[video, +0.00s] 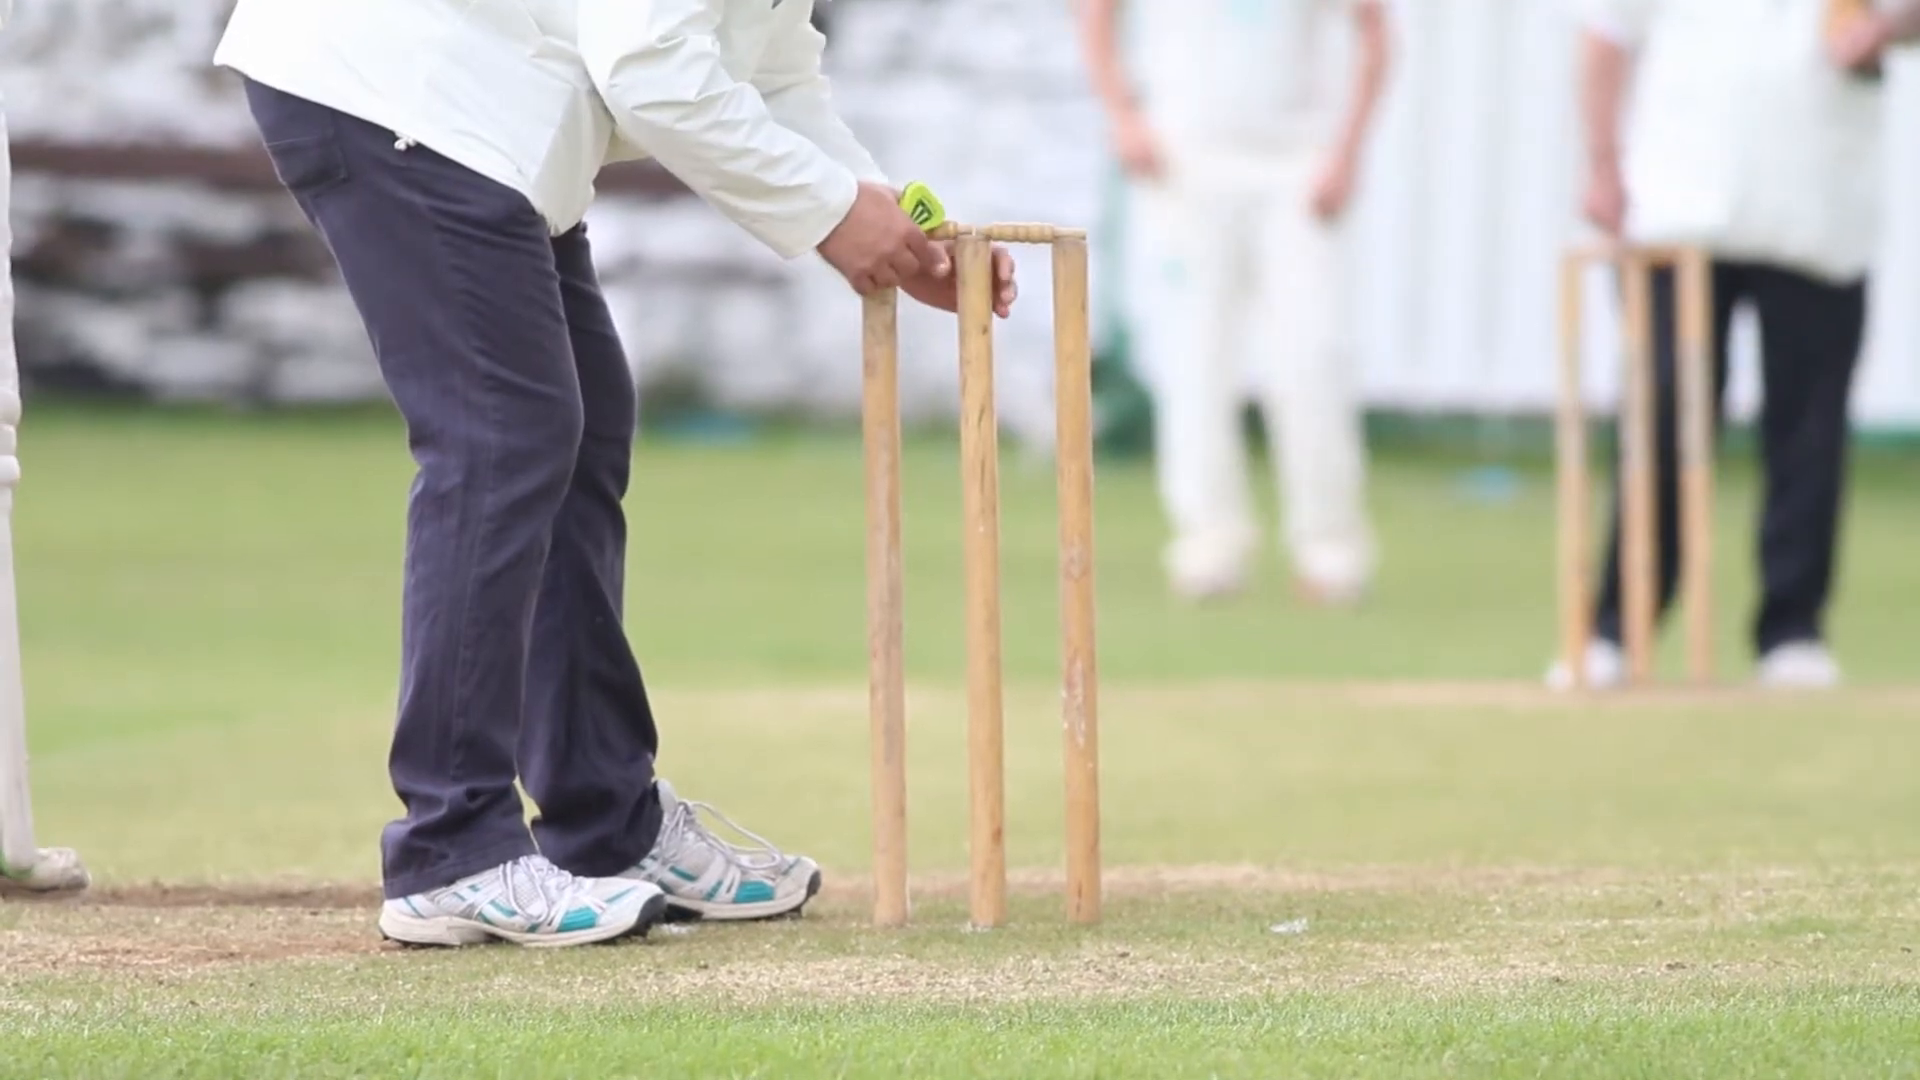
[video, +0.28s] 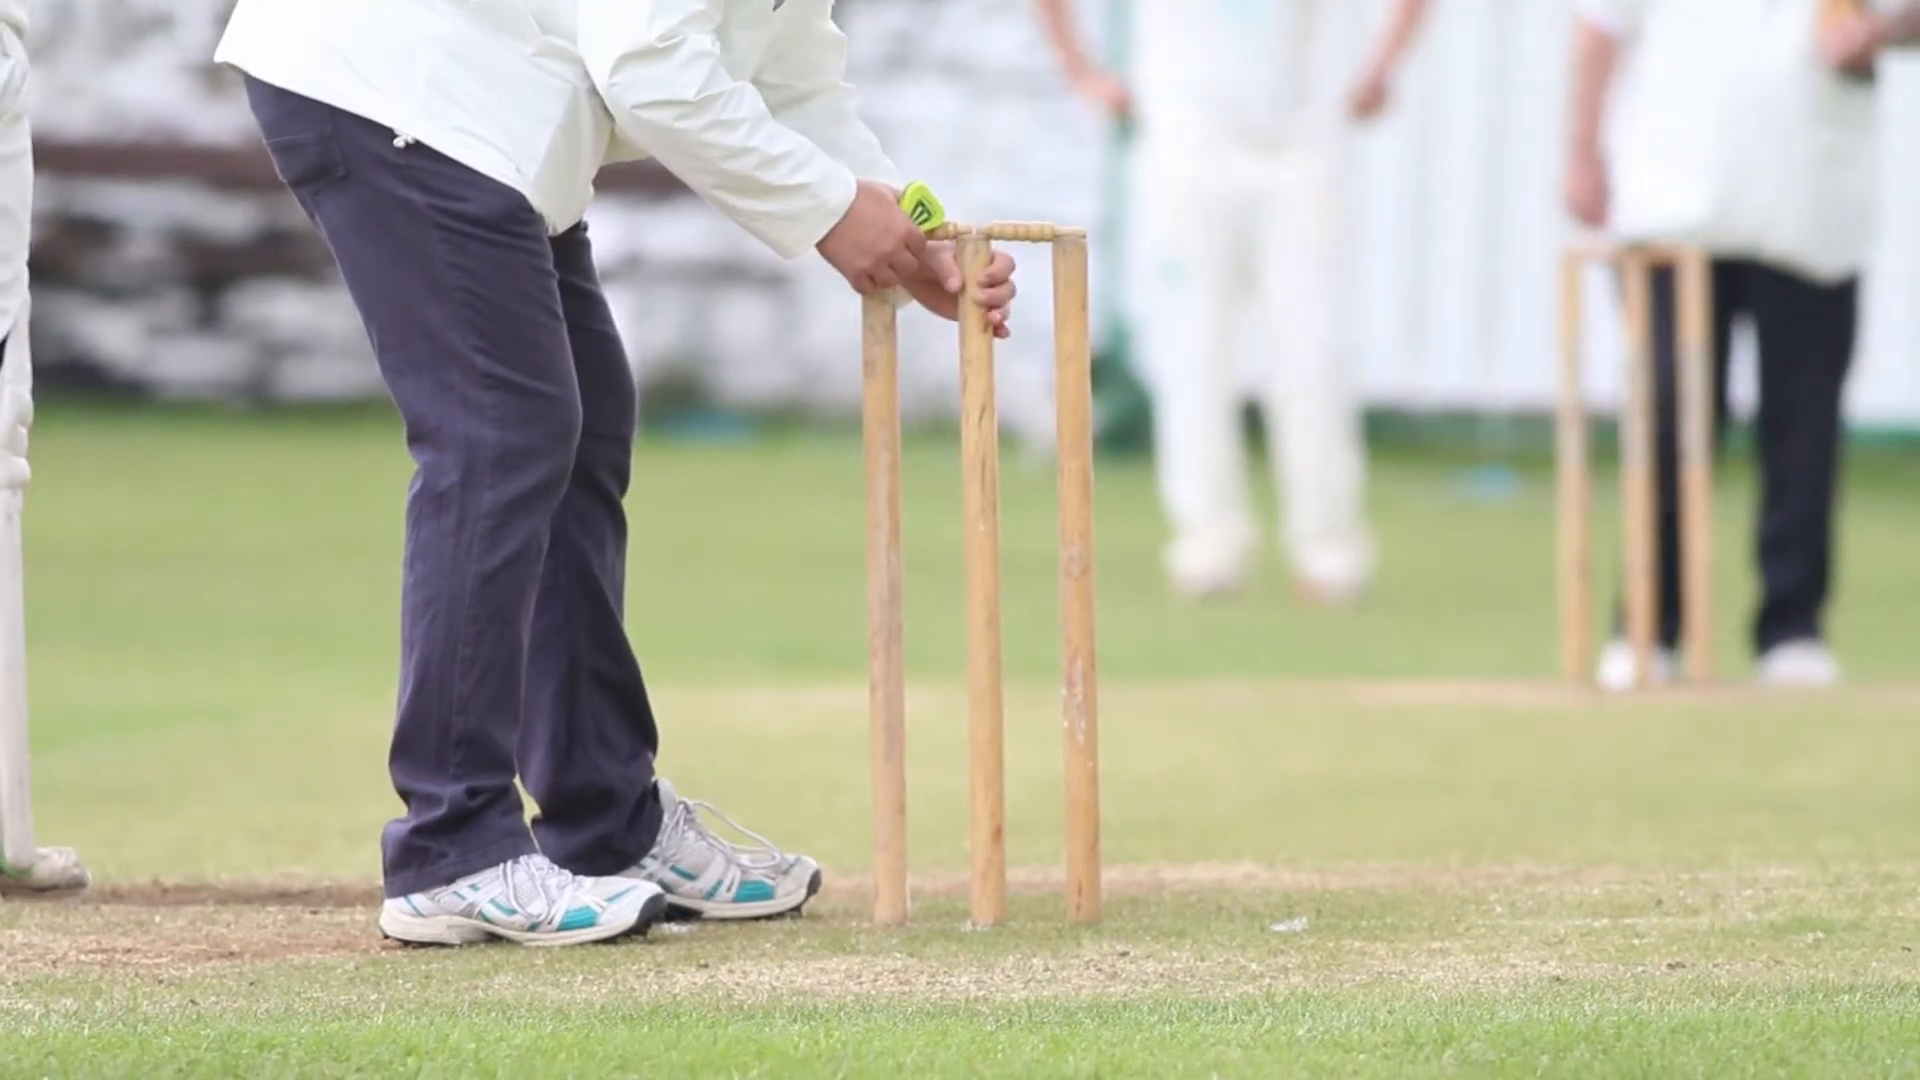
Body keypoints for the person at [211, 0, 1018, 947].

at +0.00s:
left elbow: (780, 77)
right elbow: (649, 67)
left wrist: (891, 224)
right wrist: (829, 215)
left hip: (488, 81)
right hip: (378, 61)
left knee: (585, 419)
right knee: (508, 427)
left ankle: (603, 827)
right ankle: (451, 859)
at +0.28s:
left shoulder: (791, 1)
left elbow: (802, 98)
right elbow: (649, 67)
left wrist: (913, 239)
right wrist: (830, 213)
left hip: (494, 77)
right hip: (381, 55)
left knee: (585, 419)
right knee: (507, 427)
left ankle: (604, 826)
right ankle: (451, 858)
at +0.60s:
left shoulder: (787, 5)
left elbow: (806, 106)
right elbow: (650, 68)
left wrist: (915, 243)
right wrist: (831, 211)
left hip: (494, 81)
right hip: (379, 58)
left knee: (586, 417)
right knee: (505, 426)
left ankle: (604, 824)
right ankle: (451, 857)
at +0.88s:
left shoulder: (781, 8)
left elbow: (796, 100)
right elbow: (645, 62)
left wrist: (907, 236)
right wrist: (827, 212)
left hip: (496, 82)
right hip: (380, 58)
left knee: (586, 417)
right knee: (504, 425)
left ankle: (604, 824)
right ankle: (451, 857)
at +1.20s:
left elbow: (795, 79)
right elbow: (648, 66)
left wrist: (945, 170)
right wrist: (827, 203)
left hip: (489, 82)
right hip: (379, 56)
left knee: (587, 416)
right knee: (507, 426)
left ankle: (606, 822)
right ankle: (451, 855)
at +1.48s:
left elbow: (809, 71)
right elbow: (646, 63)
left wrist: (959, 183)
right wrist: (826, 202)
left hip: (489, 81)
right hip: (377, 55)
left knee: (586, 417)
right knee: (505, 425)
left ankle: (607, 822)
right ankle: (451, 855)